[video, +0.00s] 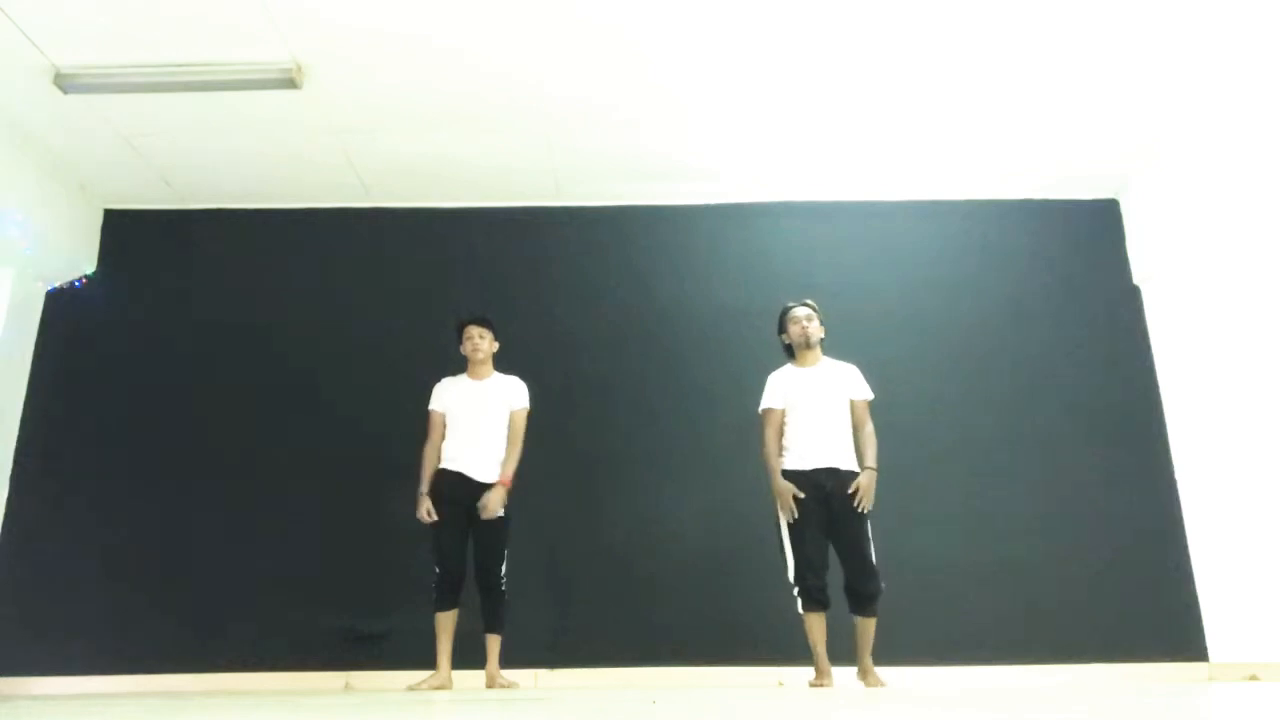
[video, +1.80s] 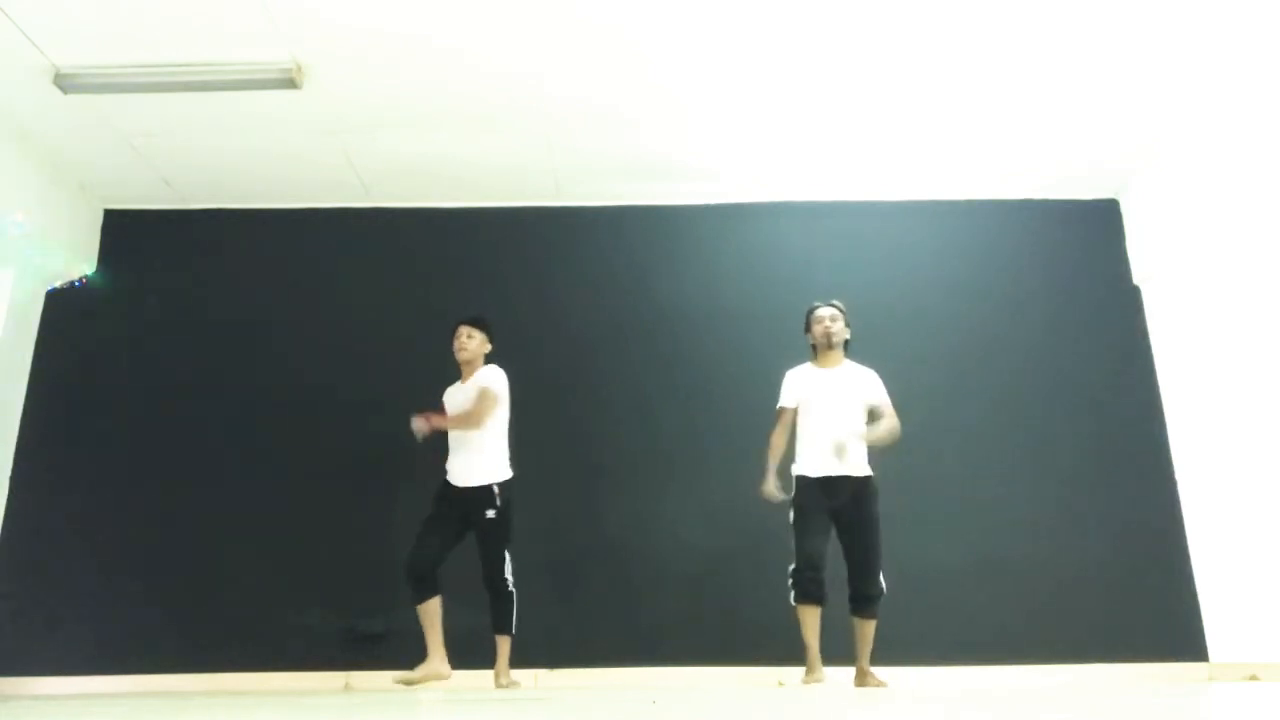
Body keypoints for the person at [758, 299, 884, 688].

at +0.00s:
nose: (806, 325)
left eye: (811, 319)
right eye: (798, 321)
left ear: (822, 329)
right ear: (785, 336)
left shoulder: (848, 372)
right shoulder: (779, 379)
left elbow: (864, 425)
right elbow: (771, 434)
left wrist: (870, 470)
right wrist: (776, 480)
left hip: (845, 479)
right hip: (798, 482)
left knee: (864, 573)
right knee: (809, 575)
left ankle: (866, 663)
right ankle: (821, 667)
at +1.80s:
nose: (828, 325)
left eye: (834, 319)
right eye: (820, 321)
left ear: (846, 330)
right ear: (809, 334)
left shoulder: (866, 376)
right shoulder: (797, 376)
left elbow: (892, 426)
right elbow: (782, 428)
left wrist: (864, 436)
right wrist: (771, 471)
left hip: (857, 483)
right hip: (810, 483)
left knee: (867, 574)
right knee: (808, 569)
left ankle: (863, 670)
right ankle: (813, 665)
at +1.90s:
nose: (815, 324)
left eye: (822, 318)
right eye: (808, 320)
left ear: (837, 328)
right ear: (800, 333)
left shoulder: (855, 368)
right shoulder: (791, 378)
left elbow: (878, 397)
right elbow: (781, 438)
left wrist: (829, 388)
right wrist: (762, 483)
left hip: (852, 482)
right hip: (805, 484)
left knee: (864, 576)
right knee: (795, 567)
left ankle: (863, 669)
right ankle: (807, 660)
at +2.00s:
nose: (800, 324)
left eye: (807, 317)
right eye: (793, 319)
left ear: (825, 326)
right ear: (787, 330)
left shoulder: (843, 362)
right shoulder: (784, 372)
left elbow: (837, 359)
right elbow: (789, 431)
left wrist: (804, 356)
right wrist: (781, 485)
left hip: (843, 477)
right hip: (797, 480)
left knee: (859, 573)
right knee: (784, 564)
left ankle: (865, 669)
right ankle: (799, 661)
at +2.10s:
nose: (783, 322)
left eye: (792, 315)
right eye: (779, 317)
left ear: (813, 324)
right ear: (776, 327)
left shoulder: (823, 356)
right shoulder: (784, 367)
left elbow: (787, 351)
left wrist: (765, 362)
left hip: (826, 473)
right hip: (784, 477)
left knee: (848, 575)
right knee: (779, 573)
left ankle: (872, 663)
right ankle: (799, 666)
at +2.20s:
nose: (771, 320)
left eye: (780, 313)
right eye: (768, 316)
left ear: (801, 323)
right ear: (767, 326)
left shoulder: (804, 356)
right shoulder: (780, 365)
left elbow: (761, 367)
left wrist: (716, 357)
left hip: (805, 471)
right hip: (773, 474)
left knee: (813, 574)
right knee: (768, 573)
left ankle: (859, 647)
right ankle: (797, 668)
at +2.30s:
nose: (762, 312)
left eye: (772, 306)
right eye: (760, 307)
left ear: (793, 317)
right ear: (759, 319)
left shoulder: (788, 350)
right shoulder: (774, 356)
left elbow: (736, 368)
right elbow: (755, 406)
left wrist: (682, 353)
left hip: (787, 462)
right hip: (771, 464)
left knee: (767, 562)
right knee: (758, 563)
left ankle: (800, 664)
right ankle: (795, 664)